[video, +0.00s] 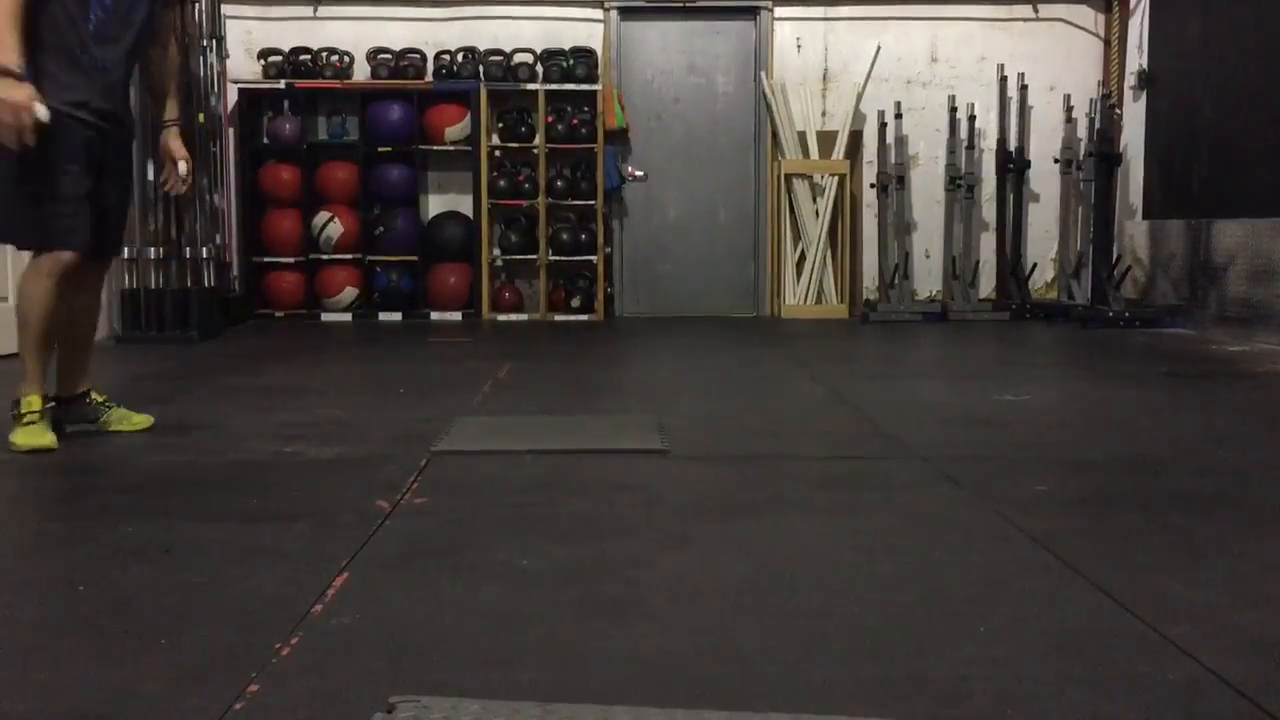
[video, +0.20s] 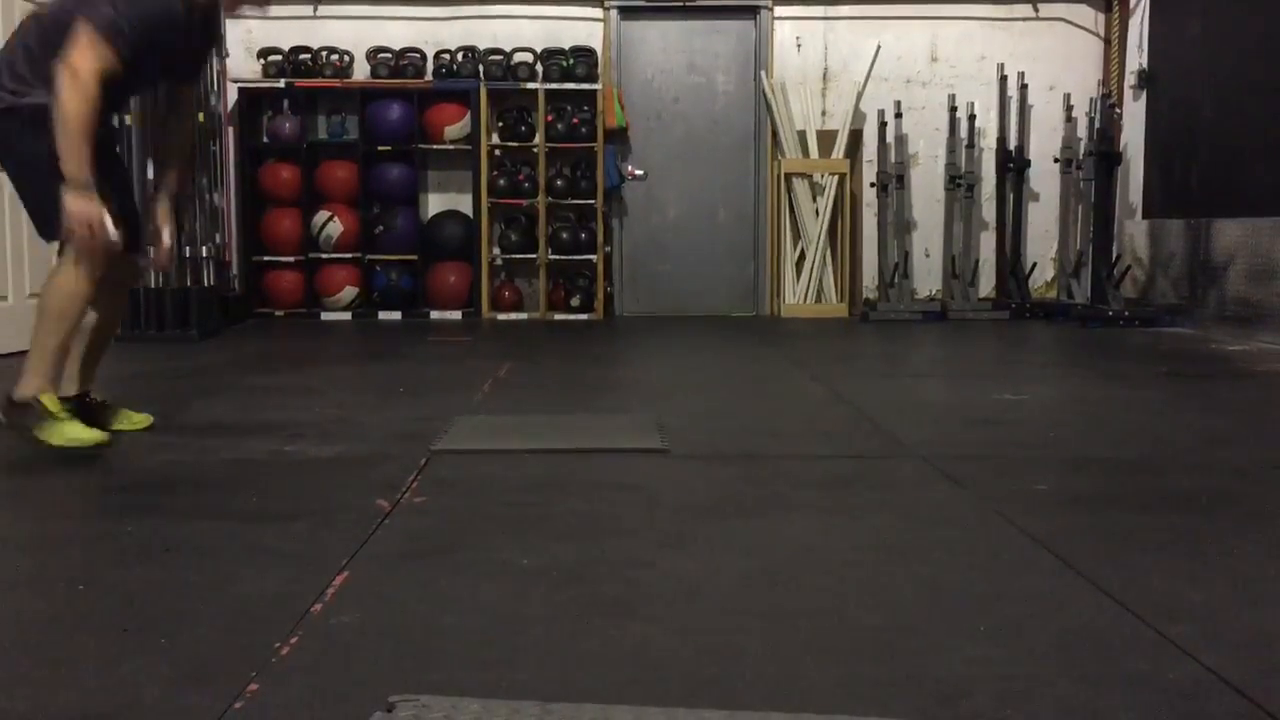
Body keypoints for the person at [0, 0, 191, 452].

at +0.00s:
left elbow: (163, 39)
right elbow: (13, 7)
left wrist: (170, 125)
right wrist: (11, 75)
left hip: (112, 114)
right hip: (50, 106)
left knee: (94, 259)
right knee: (58, 251)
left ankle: (73, 398)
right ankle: (32, 403)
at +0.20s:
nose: (249, 6)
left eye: (252, 4)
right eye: (247, 1)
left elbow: (180, 116)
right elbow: (77, 69)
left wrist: (164, 199)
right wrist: (79, 185)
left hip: (84, 110)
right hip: (25, 103)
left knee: (124, 252)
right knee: (90, 240)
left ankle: (76, 393)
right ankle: (33, 390)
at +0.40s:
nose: (299, 152)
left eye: (307, 144)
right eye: (301, 139)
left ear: (279, 110)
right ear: (277, 109)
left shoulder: (236, 149)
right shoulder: (201, 128)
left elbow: (240, 246)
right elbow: (173, 250)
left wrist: (256, 334)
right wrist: (195, 363)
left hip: (84, 180)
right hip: (36, 175)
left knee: (171, 297)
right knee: (140, 291)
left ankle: (80, 396)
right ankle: (34, 418)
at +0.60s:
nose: (329, 272)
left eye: (337, 267)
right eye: (334, 262)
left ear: (321, 220)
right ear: (318, 232)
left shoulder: (292, 210)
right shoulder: (257, 221)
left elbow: (329, 309)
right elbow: (283, 334)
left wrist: (380, 381)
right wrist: (332, 428)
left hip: (108, 110)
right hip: (76, 112)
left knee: (139, 266)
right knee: (119, 268)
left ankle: (74, 381)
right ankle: (19, 407)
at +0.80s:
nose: (422, 281)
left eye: (432, 275)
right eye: (430, 269)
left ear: (415, 232)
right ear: (412, 235)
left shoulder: (369, 232)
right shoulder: (338, 225)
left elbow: (368, 315)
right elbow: (306, 335)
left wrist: (376, 396)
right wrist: (328, 437)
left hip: (174, 194)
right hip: (161, 193)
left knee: (51, 312)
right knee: (65, 344)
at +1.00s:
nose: (437, 233)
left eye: (444, 224)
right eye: (437, 219)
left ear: (415, 201)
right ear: (408, 198)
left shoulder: (372, 242)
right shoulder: (337, 232)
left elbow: (361, 322)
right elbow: (300, 339)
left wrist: (374, 396)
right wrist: (328, 437)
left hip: (211, 328)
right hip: (194, 327)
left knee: (45, 377)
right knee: (33, 387)